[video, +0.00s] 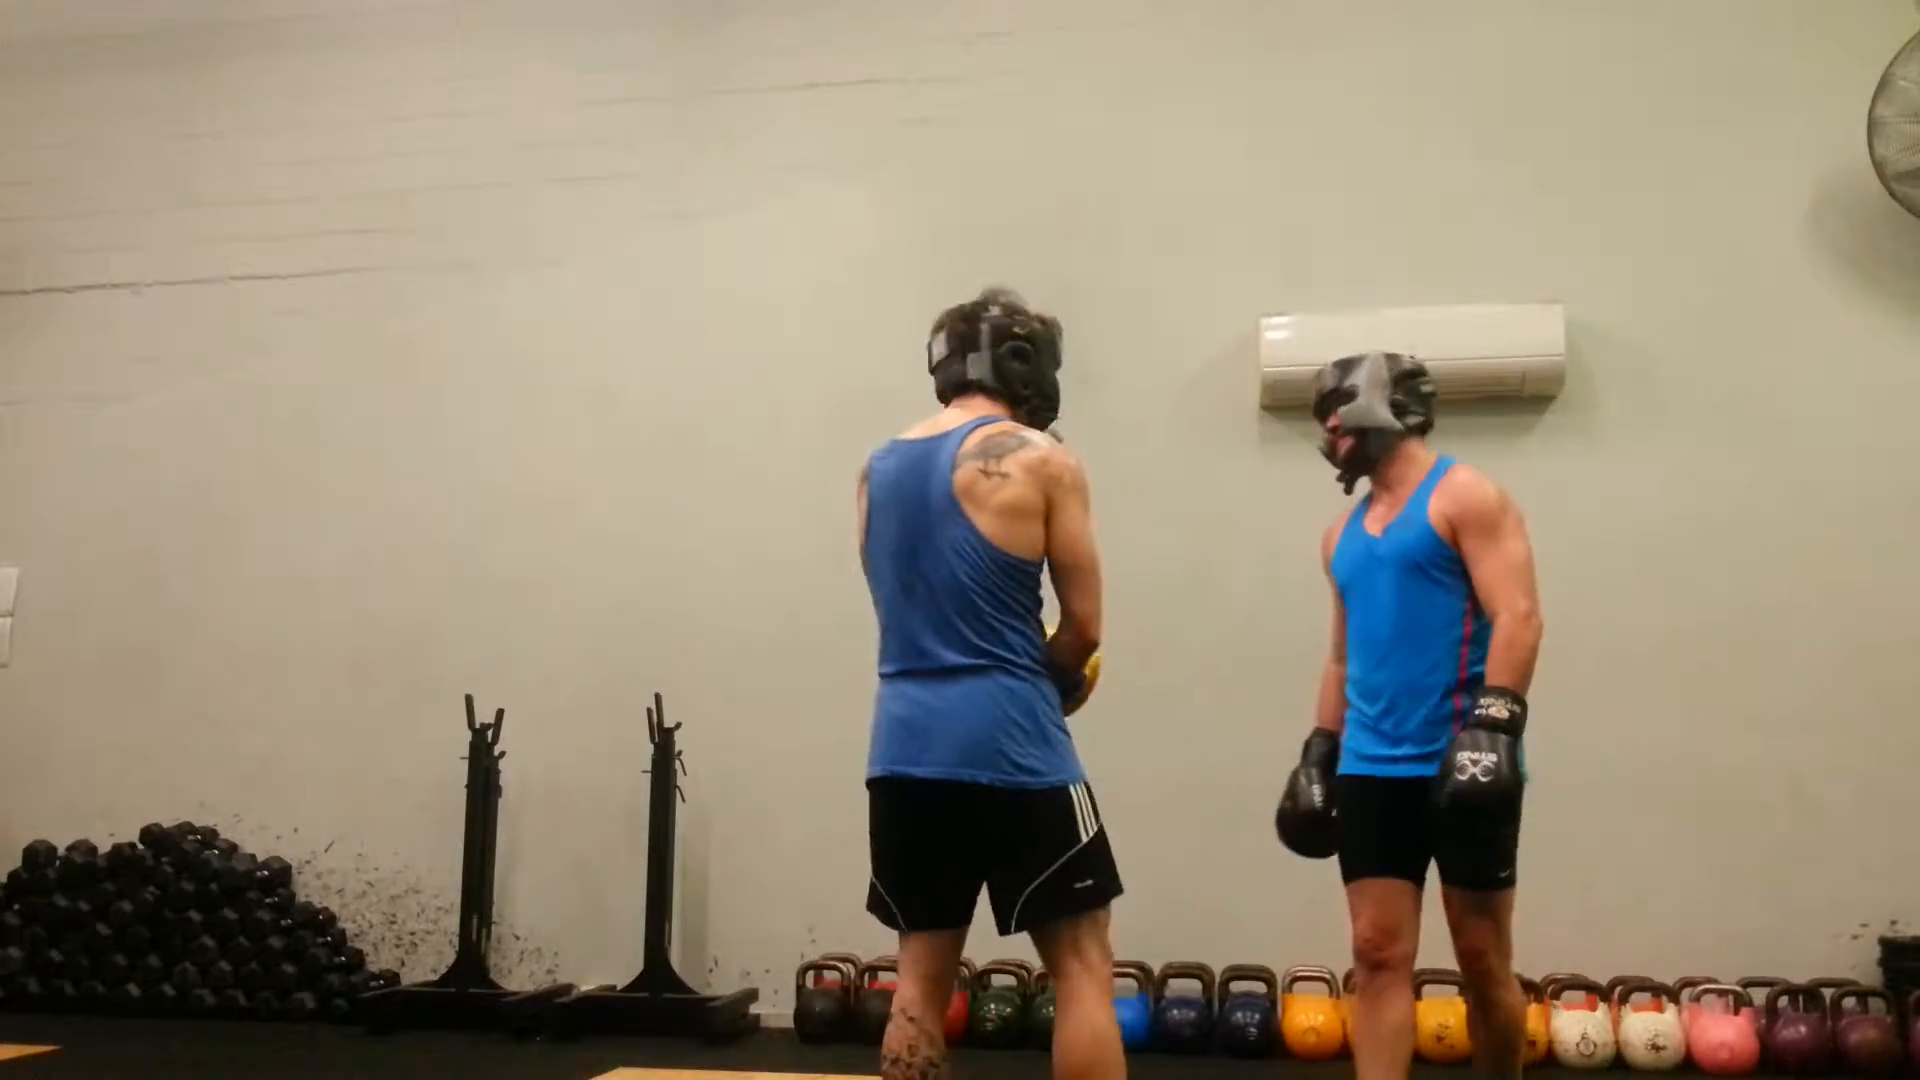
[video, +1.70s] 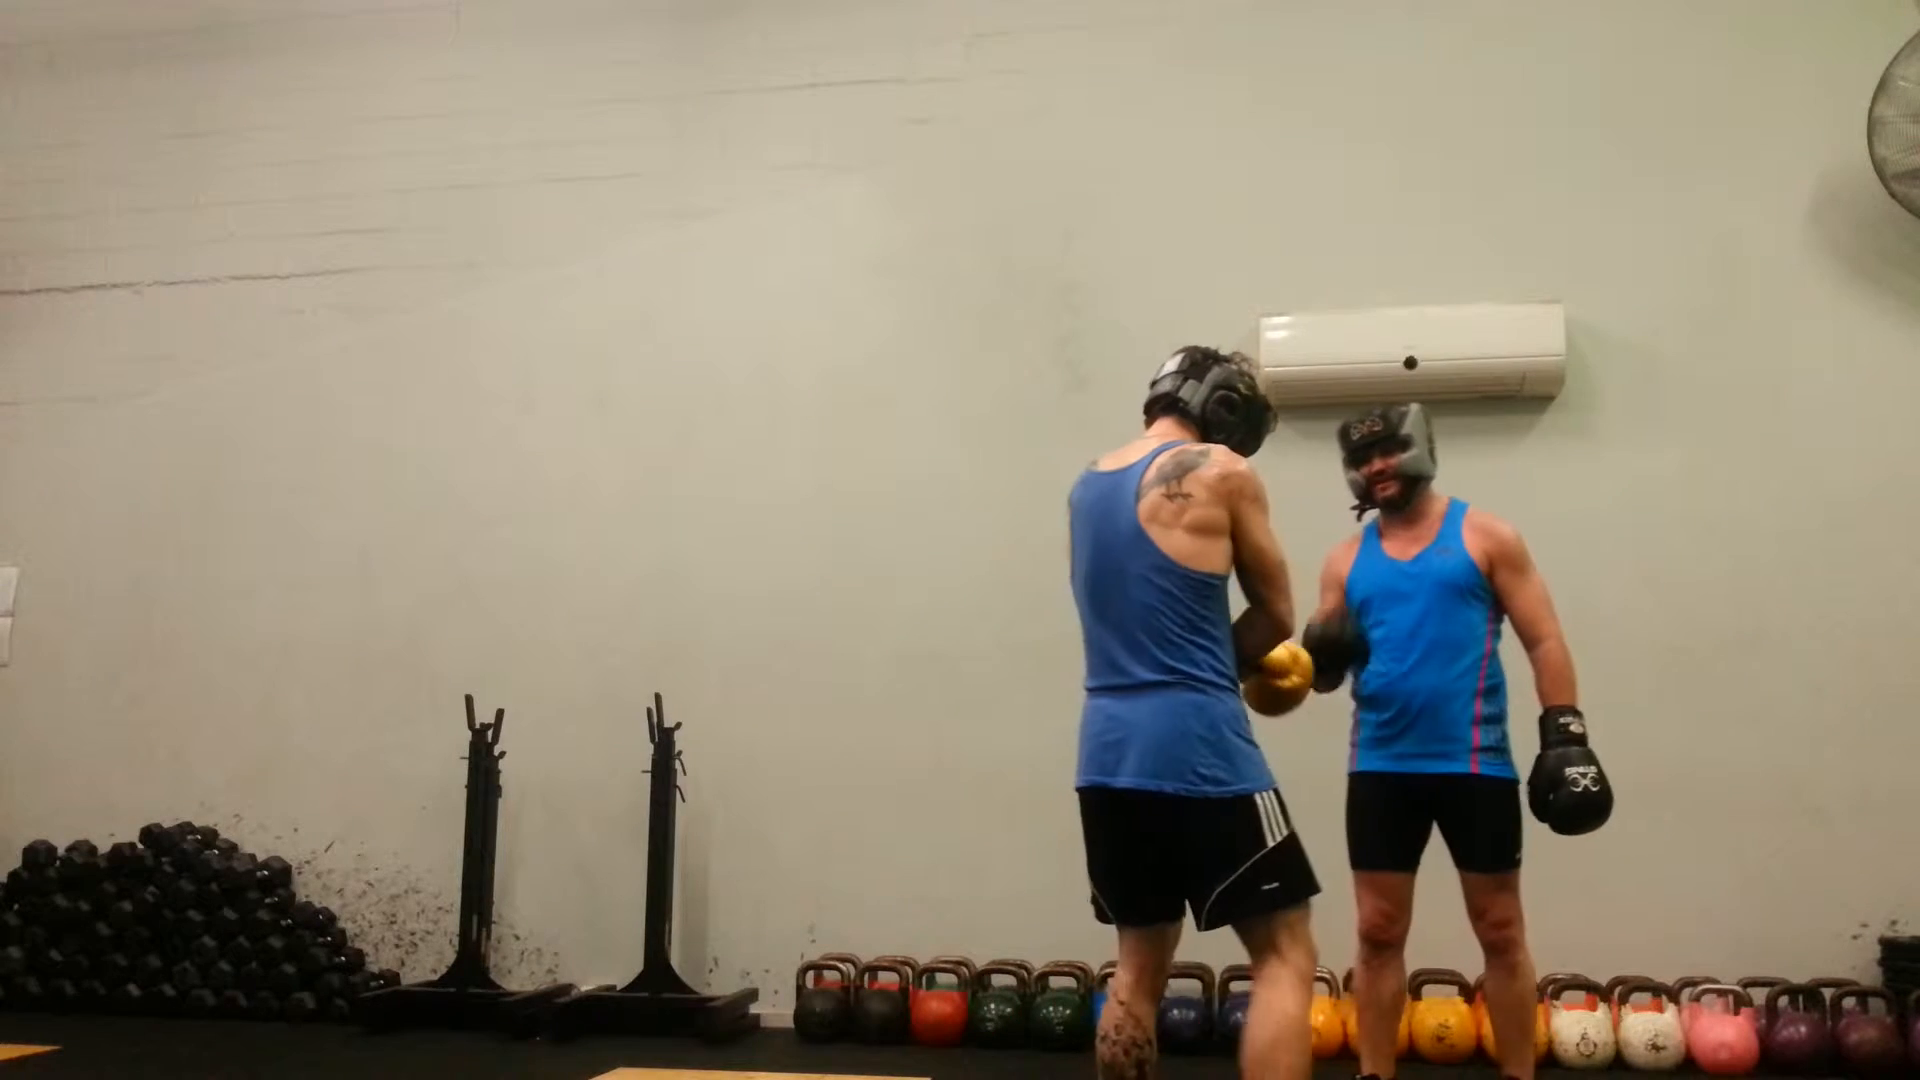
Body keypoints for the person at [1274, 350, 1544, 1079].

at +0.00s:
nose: (1324, 437)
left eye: (1335, 420)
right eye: (1322, 424)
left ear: (1382, 411)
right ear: (1362, 424)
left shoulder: (1467, 497)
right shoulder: (1342, 535)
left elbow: (1518, 615)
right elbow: (1341, 658)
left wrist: (1492, 732)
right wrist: (1317, 758)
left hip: (1462, 768)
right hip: (1370, 771)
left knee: (1481, 960)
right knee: (1377, 955)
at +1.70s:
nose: (1380, 466)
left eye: (1393, 449)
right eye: (1364, 457)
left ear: (1424, 452)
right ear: (1351, 472)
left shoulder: (1487, 537)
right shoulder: (1345, 559)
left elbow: (1543, 639)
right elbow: (1323, 671)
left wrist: (1564, 737)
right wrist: (1326, 651)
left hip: (1475, 765)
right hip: (1382, 769)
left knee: (1500, 932)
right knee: (1377, 931)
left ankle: (1519, 1074)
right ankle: (1375, 1075)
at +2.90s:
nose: (1447, 477)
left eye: (1458, 461)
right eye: (1434, 466)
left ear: (1483, 466)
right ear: (1416, 481)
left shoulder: (1543, 543)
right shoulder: (1401, 545)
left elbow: (1589, 647)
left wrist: (1611, 743)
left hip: (1512, 768)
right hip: (1419, 767)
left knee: (1521, 934)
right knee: (1391, 945)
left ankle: (1525, 1072)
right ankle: (1381, 1070)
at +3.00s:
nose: (1448, 478)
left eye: (1457, 461)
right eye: (1433, 467)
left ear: (1481, 465)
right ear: (1414, 481)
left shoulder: (1541, 542)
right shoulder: (1399, 545)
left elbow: (1587, 645)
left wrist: (1606, 740)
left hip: (1510, 767)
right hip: (1416, 767)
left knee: (1520, 934)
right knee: (1390, 947)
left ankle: (1525, 1072)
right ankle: (1382, 1070)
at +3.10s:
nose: (1443, 480)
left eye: (1454, 463)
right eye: (1430, 469)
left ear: (1478, 466)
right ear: (1414, 481)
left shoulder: (1538, 541)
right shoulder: (1397, 546)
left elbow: (1586, 646)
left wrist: (1601, 741)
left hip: (1508, 765)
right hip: (1413, 765)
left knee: (1519, 934)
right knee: (1391, 945)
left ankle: (1525, 1072)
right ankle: (1384, 1069)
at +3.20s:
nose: (1441, 479)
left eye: (1452, 463)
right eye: (1427, 467)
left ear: (1478, 464)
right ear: (1408, 476)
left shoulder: (1536, 541)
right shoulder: (1391, 546)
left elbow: (1584, 647)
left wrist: (1599, 741)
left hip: (1507, 766)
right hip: (1412, 768)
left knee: (1518, 932)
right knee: (1394, 950)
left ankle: (1524, 1072)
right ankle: (1386, 1070)